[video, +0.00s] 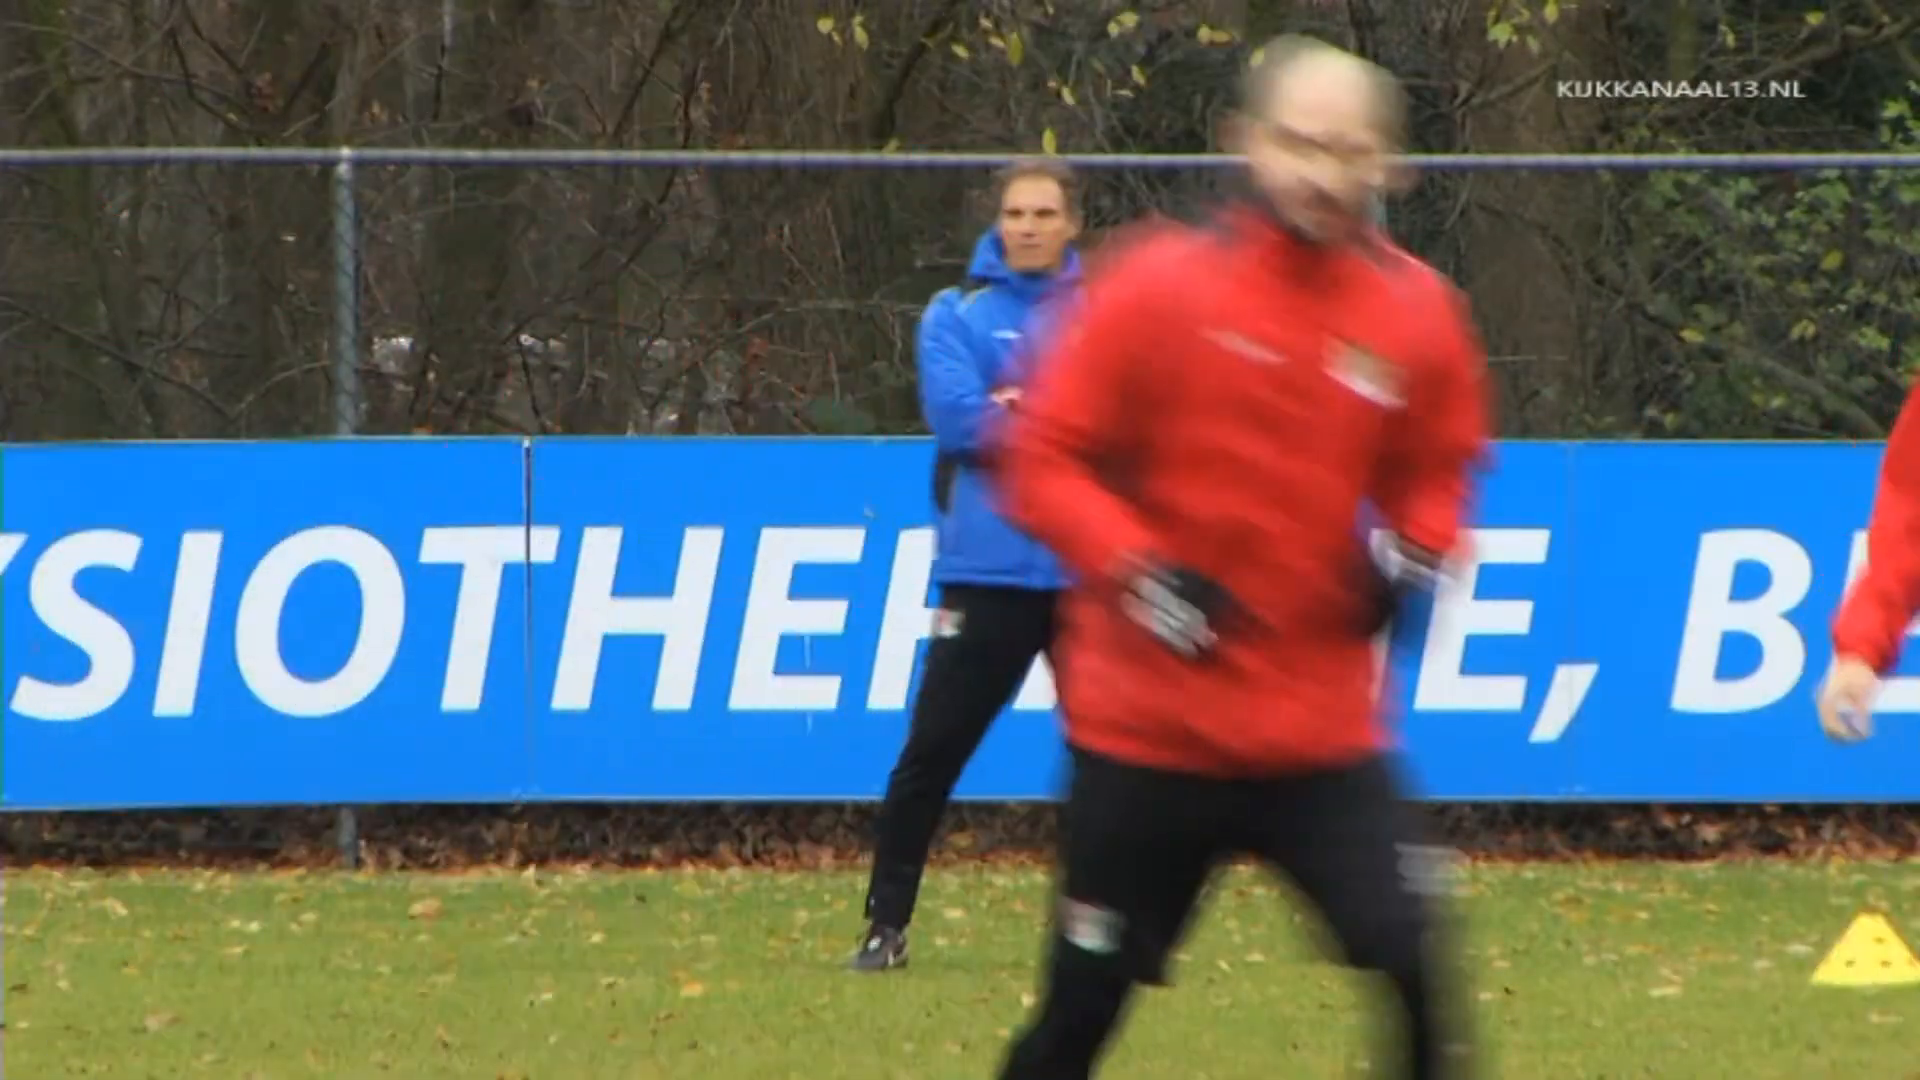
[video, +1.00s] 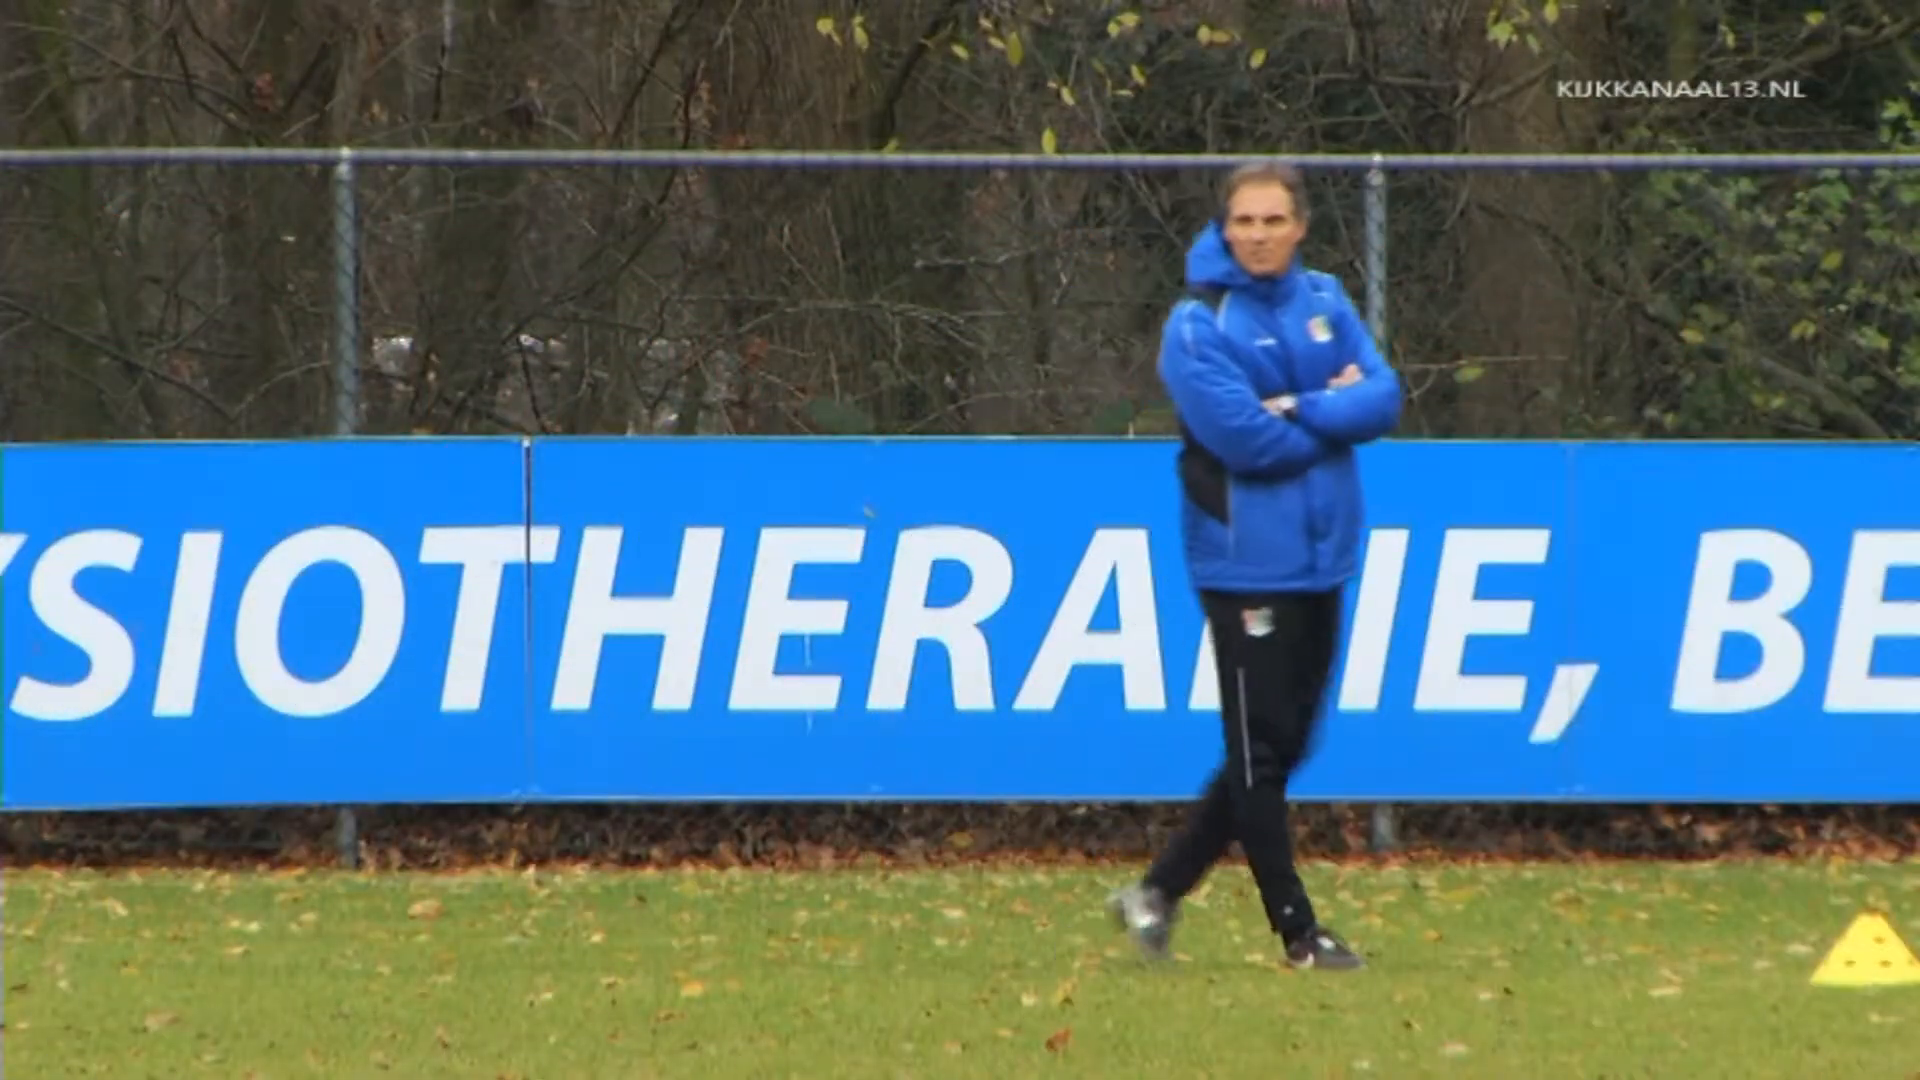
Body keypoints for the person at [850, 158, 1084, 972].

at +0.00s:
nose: (1030, 228)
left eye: (1047, 214)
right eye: (1017, 214)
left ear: (1073, 225)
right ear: (997, 225)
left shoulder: (1102, 314)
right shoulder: (955, 314)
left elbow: (1118, 415)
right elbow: (958, 421)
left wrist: (1010, 405)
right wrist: (1064, 421)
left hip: (1091, 575)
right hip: (991, 574)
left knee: (1115, 758)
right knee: (932, 755)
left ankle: (1114, 932)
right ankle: (887, 924)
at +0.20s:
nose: (1072, 224)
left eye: (1088, 212)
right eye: (1062, 211)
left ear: (1120, 225)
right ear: (1044, 222)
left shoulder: (1153, 311)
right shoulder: (1001, 308)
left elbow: (1177, 403)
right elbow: (1007, 414)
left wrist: (1073, 392)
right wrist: (1121, 421)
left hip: (1138, 562)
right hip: (1040, 559)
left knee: (1125, 752)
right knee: (1014, 725)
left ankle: (1091, 932)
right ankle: (940, 904)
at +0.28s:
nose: (1090, 222)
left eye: (1106, 210)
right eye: (1078, 209)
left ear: (1135, 223)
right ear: (1060, 220)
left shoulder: (1167, 309)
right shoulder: (1019, 304)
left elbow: (1191, 403)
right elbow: (1027, 414)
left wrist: (1088, 389)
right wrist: (1135, 418)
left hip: (1153, 555)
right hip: (1056, 549)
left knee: (1129, 750)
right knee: (1058, 720)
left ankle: (1092, 932)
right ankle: (992, 897)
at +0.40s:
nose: (1115, 222)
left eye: (1131, 210)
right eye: (1103, 209)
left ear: (1160, 224)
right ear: (1085, 219)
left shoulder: (1187, 309)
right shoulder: (1044, 303)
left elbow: (1219, 406)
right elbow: (1052, 414)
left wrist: (1118, 391)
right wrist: (1161, 419)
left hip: (1170, 549)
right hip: (1079, 544)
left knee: (1152, 731)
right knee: (1128, 713)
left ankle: (1103, 916)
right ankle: (1094, 915)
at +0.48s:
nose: (1133, 223)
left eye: (1149, 211)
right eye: (1120, 210)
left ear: (1176, 225)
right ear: (1101, 221)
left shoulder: (1201, 309)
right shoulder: (1061, 302)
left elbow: (1236, 407)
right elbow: (1076, 413)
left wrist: (1137, 392)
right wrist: (1181, 419)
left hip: (1183, 548)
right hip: (1094, 544)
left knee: (1152, 734)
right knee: (1158, 710)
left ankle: (1090, 931)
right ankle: (1168, 900)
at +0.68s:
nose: (1181, 233)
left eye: (1196, 220)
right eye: (1168, 219)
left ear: (1220, 232)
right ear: (1146, 228)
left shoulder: (1240, 317)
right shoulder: (1108, 323)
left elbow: (1288, 419)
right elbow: (1154, 437)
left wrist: (1200, 406)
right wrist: (1242, 419)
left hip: (1227, 563)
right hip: (1146, 562)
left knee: (1165, 748)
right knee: (1210, 744)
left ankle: (1092, 929)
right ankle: (1287, 933)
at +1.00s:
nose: (1263, 235)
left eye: (1277, 221)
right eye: (1247, 222)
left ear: (1301, 228)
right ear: (1225, 232)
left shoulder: (1323, 300)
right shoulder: (1195, 328)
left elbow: (1382, 397)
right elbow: (1252, 445)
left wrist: (1290, 406)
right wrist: (1339, 416)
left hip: (1323, 554)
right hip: (1244, 562)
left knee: (1283, 745)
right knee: (1260, 747)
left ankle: (1156, 892)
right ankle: (1298, 932)